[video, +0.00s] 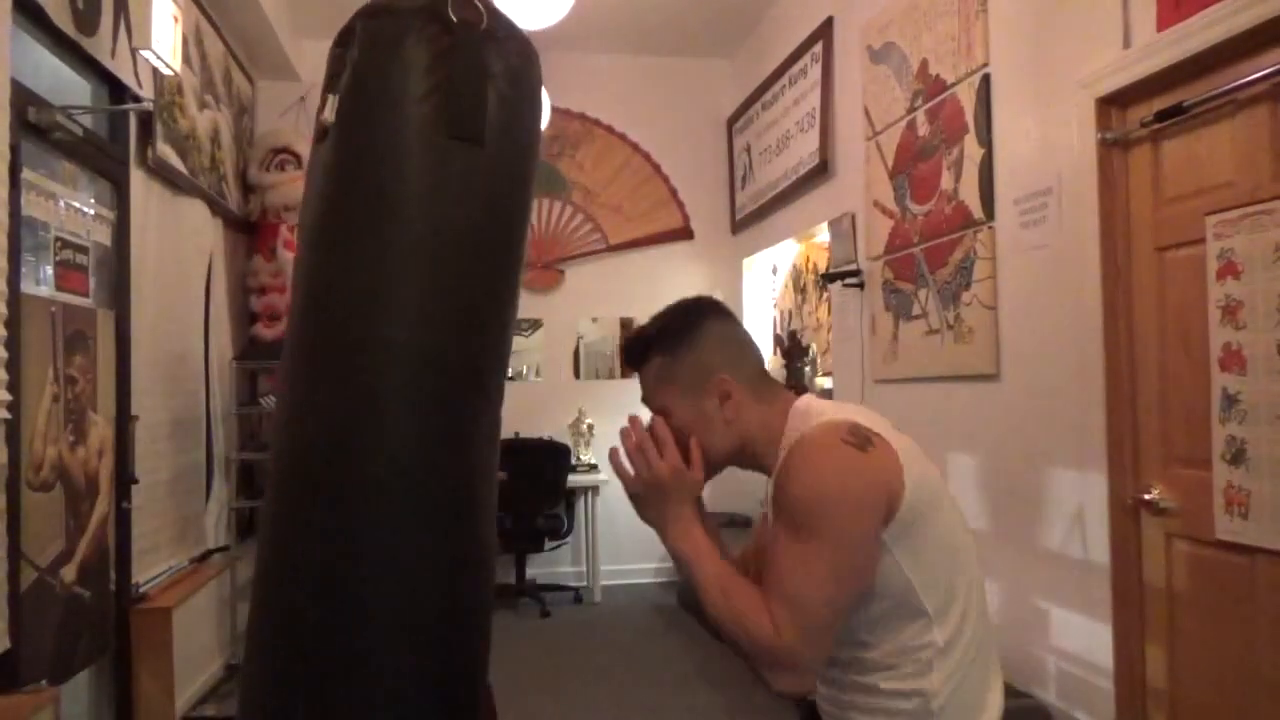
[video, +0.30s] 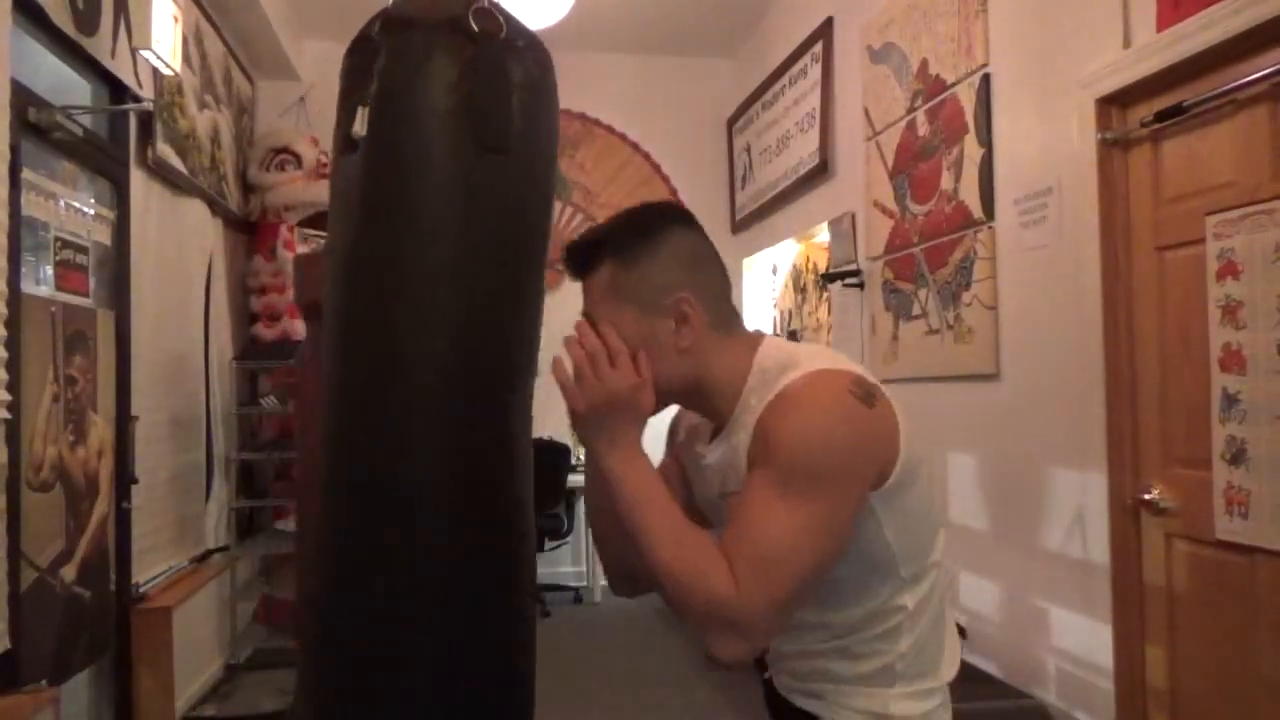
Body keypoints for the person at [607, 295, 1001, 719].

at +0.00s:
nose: (661, 436)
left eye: (665, 416)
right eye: (656, 418)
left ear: (723, 396)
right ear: (725, 394)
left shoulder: (832, 459)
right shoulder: (808, 448)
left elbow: (790, 665)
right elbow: (744, 593)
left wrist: (679, 521)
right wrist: (681, 514)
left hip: (913, 709)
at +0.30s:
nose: (592, 356)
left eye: (604, 332)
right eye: (591, 334)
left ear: (682, 322)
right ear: (683, 324)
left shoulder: (826, 410)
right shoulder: (695, 425)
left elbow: (735, 628)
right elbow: (631, 573)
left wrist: (616, 444)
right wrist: (605, 446)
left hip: (872, 706)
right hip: (777, 688)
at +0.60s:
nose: (582, 459)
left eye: (584, 437)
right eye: (577, 440)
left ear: (640, 425)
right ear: (644, 424)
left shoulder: (762, 495)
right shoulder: (747, 460)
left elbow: (718, 701)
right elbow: (692, 628)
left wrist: (603, 561)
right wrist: (624, 525)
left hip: (901, 710)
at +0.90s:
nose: (676, 363)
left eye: (676, 343)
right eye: (672, 345)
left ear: (718, 331)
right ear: (770, 316)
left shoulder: (776, 397)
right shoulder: (827, 371)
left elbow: (691, 570)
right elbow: (749, 549)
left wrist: (644, 430)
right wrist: (707, 418)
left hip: (886, 700)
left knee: (712, 597)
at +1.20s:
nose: (723, 360)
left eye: (722, 341)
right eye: (718, 344)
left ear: (767, 326)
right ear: (773, 326)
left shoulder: (817, 376)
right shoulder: (874, 364)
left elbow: (737, 538)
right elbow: (789, 532)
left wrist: (662, 413)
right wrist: (747, 409)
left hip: (867, 696)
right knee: (709, 597)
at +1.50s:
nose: (721, 364)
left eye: (721, 345)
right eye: (714, 350)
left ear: (758, 323)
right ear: (806, 315)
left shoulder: (765, 366)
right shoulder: (890, 367)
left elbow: (663, 508)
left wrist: (662, 387)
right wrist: (730, 370)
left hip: (825, 697)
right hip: (932, 686)